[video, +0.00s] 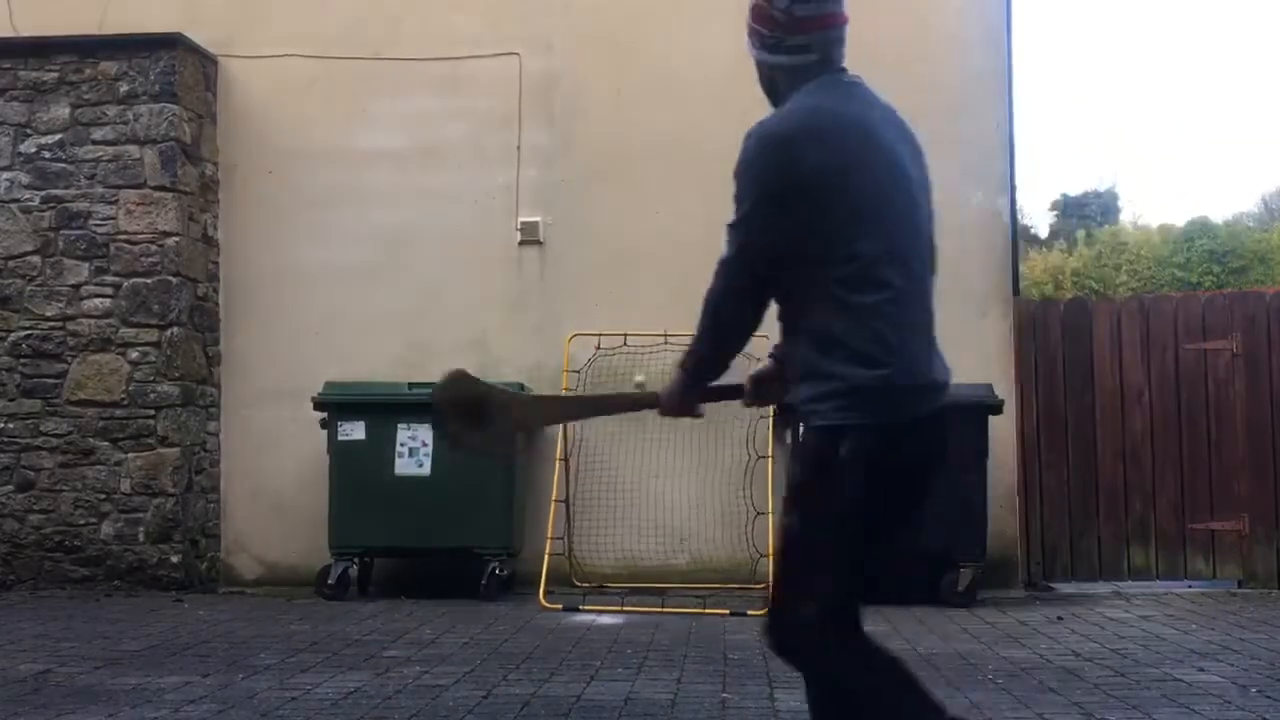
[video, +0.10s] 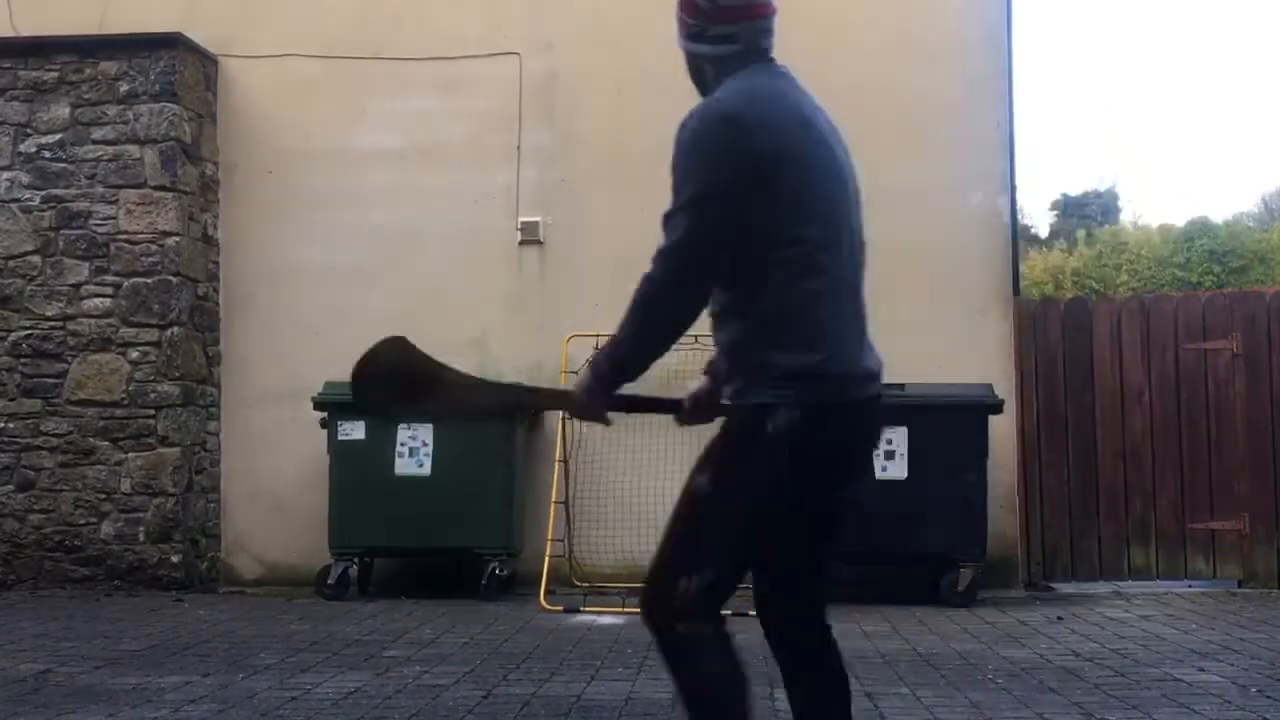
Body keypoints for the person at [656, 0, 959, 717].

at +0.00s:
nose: (757, 69)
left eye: (758, 55)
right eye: (759, 53)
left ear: (765, 56)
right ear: (836, 45)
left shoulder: (781, 137)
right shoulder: (886, 124)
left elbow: (743, 278)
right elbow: (879, 276)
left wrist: (691, 378)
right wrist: (793, 360)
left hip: (843, 415)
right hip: (909, 401)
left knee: (801, 627)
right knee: (826, 619)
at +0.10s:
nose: (685, 50)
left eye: (685, 35)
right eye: (690, 34)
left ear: (691, 38)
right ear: (762, 33)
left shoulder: (719, 122)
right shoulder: (796, 109)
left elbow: (679, 274)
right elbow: (795, 274)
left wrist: (605, 372)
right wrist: (724, 375)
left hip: (781, 407)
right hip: (845, 398)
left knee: (677, 601)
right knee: (793, 607)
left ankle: (725, 716)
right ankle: (827, 719)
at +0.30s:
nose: (597, 31)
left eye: (598, 19)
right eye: (601, 19)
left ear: (609, 27)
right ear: (679, 26)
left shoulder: (655, 114)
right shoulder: (702, 102)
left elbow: (692, 265)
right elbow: (700, 280)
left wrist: (648, 408)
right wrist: (624, 396)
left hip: (676, 412)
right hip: (726, 411)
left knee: (577, 630)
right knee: (669, 622)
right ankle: (757, 713)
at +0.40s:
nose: (548, 71)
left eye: (548, 55)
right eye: (550, 53)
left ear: (556, 58)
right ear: (618, 41)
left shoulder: (636, 128)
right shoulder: (612, 128)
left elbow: (755, 263)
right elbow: (602, 291)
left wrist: (769, 386)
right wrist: (548, 400)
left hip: (612, 423)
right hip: (592, 418)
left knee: (514, 629)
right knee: (527, 623)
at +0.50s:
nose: (525, 74)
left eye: (525, 57)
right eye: (525, 57)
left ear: (538, 58)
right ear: (595, 44)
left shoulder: (625, 135)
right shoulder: (587, 131)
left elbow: (743, 266)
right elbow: (588, 295)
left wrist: (756, 383)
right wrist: (525, 401)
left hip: (591, 425)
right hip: (555, 417)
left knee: (503, 635)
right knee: (471, 623)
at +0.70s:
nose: (469, 74)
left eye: (470, 57)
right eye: (469, 58)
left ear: (485, 59)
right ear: (546, 45)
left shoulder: (584, 135)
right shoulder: (525, 138)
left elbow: (688, 275)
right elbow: (524, 297)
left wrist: (689, 389)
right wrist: (464, 404)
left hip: (539, 422)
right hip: (485, 415)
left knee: (479, 646)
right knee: (375, 610)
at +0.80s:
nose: (440, 54)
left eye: (443, 36)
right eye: (443, 37)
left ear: (456, 39)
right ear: (517, 35)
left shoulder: (537, 114)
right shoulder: (494, 119)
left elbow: (625, 267)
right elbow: (509, 282)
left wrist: (623, 419)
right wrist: (433, 391)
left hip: (501, 421)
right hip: (457, 417)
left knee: (481, 641)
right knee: (349, 596)